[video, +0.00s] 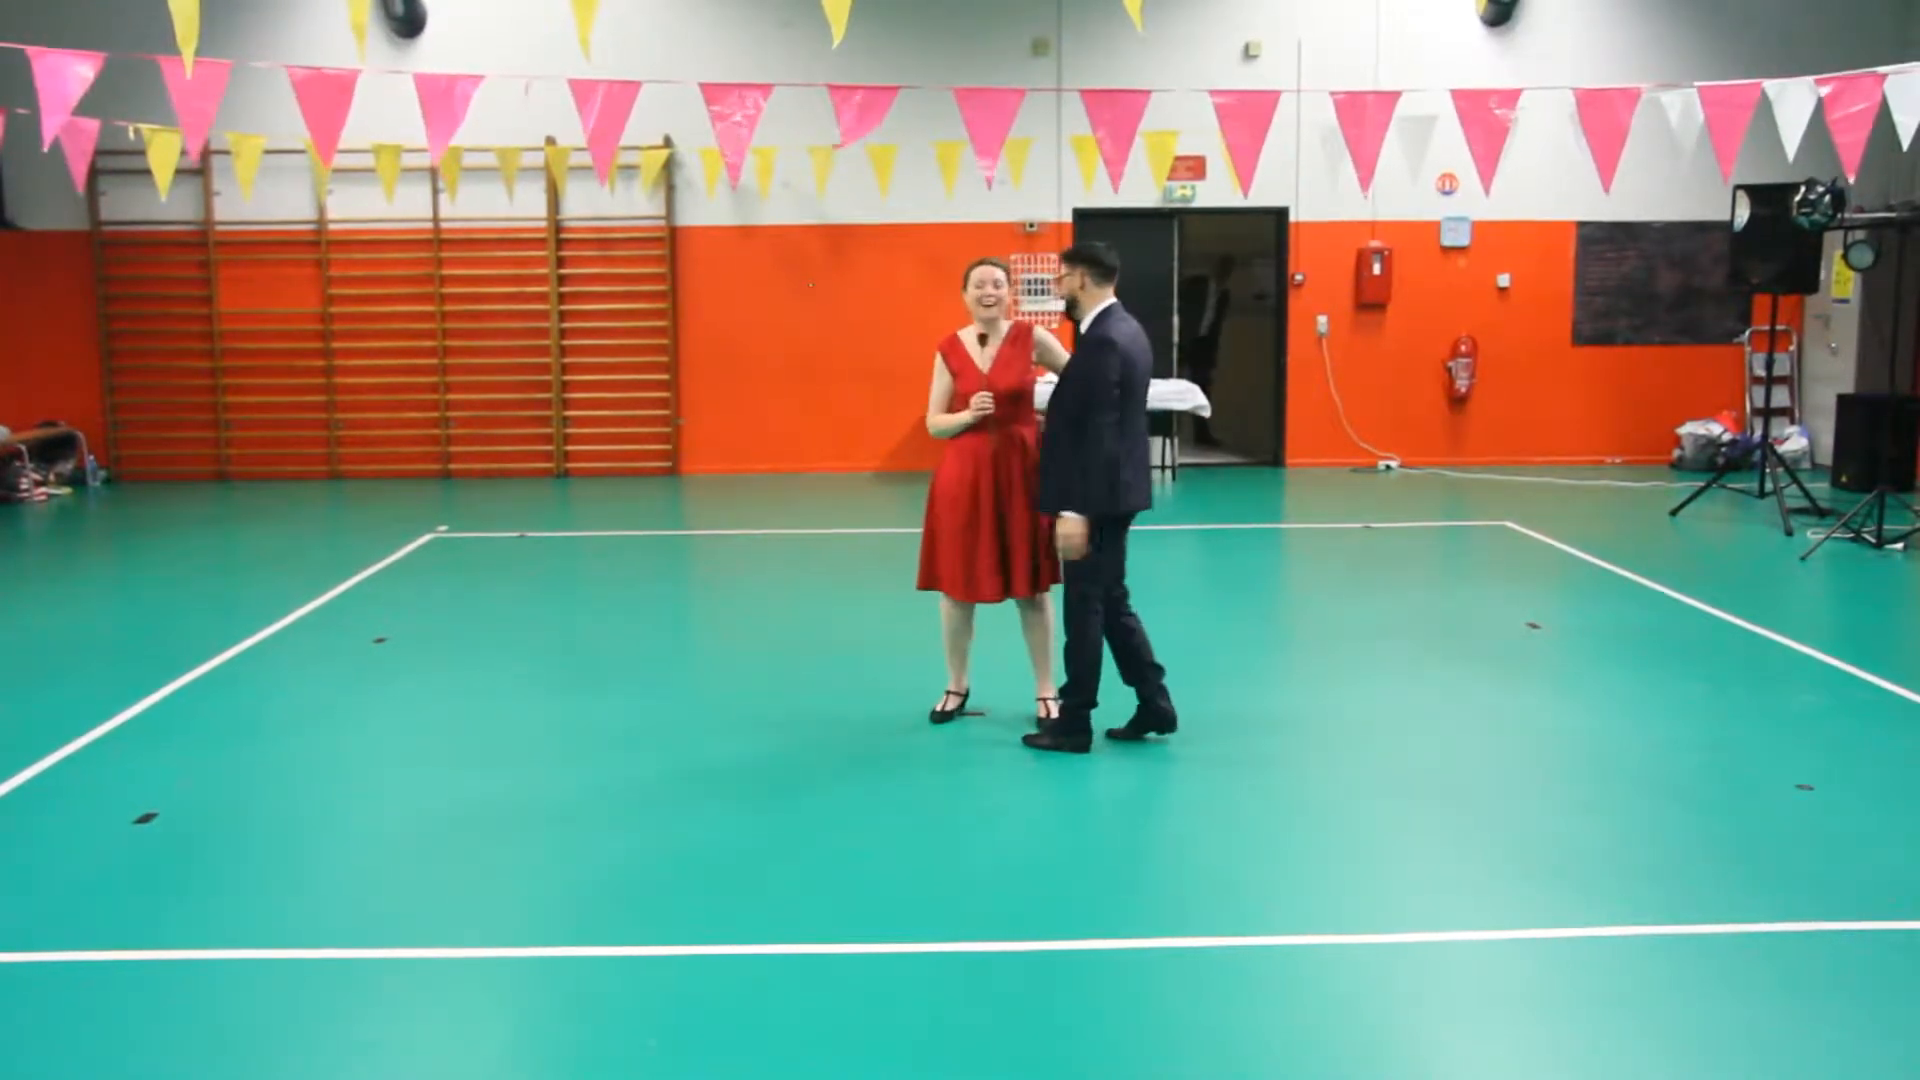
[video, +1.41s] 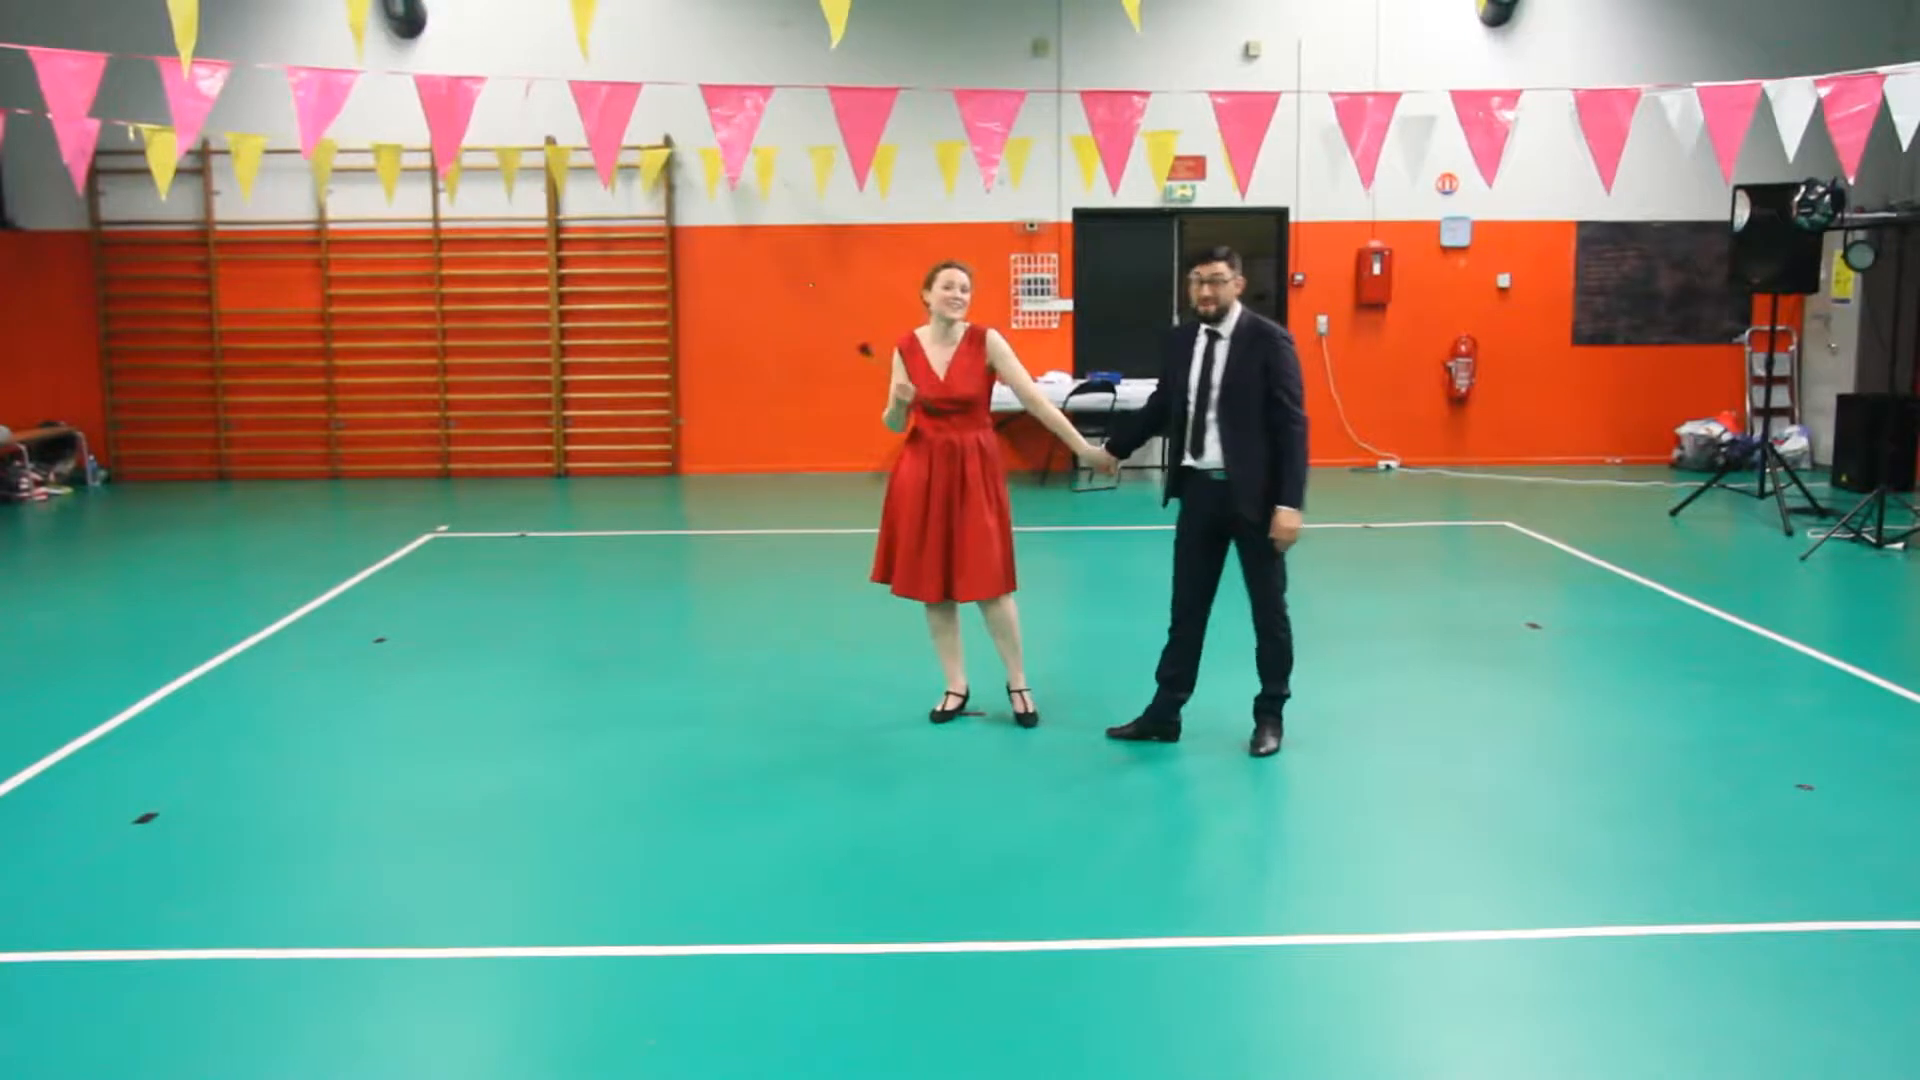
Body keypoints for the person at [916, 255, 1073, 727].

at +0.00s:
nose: (989, 292)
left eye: (997, 285)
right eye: (980, 286)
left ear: (1010, 292)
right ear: (965, 295)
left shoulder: (1031, 338)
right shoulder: (951, 349)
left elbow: (1082, 379)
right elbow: (934, 423)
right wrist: (968, 414)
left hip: (1021, 470)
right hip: (965, 473)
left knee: (1031, 590)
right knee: (956, 587)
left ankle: (1046, 691)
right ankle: (956, 686)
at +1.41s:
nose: (957, 295)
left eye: (964, 289)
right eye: (947, 287)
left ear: (971, 299)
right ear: (926, 295)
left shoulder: (987, 342)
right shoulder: (907, 348)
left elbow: (1035, 401)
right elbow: (894, 424)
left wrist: (1084, 450)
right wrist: (898, 403)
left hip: (976, 469)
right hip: (925, 470)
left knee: (991, 585)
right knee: (936, 587)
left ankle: (1018, 686)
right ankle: (955, 688)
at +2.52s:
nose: (989, 297)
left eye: (998, 291)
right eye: (981, 289)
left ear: (1011, 300)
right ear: (966, 296)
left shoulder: (1030, 341)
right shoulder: (958, 350)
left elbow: (1055, 414)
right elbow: (953, 425)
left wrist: (1073, 482)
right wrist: (962, 411)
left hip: (1029, 469)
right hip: (981, 470)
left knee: (1026, 587)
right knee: (966, 586)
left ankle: (1021, 691)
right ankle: (957, 687)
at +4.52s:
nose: (994, 298)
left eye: (993, 291)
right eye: (986, 291)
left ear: (979, 295)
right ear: (959, 296)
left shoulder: (995, 340)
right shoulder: (925, 348)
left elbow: (1028, 401)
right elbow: (905, 423)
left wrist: (1071, 444)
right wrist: (970, 417)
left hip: (989, 475)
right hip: (939, 478)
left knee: (1004, 584)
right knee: (943, 586)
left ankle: (1016, 687)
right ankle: (950, 682)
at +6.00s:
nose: (1026, 297)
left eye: (1031, 290)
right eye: (1016, 290)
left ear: (1037, 296)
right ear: (994, 297)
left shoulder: (1055, 344)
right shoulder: (973, 351)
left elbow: (1073, 408)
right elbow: (956, 425)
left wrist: (1091, 457)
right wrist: (1009, 418)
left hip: (1042, 478)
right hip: (988, 479)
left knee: (1034, 592)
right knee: (980, 593)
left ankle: (1018, 688)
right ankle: (963, 694)